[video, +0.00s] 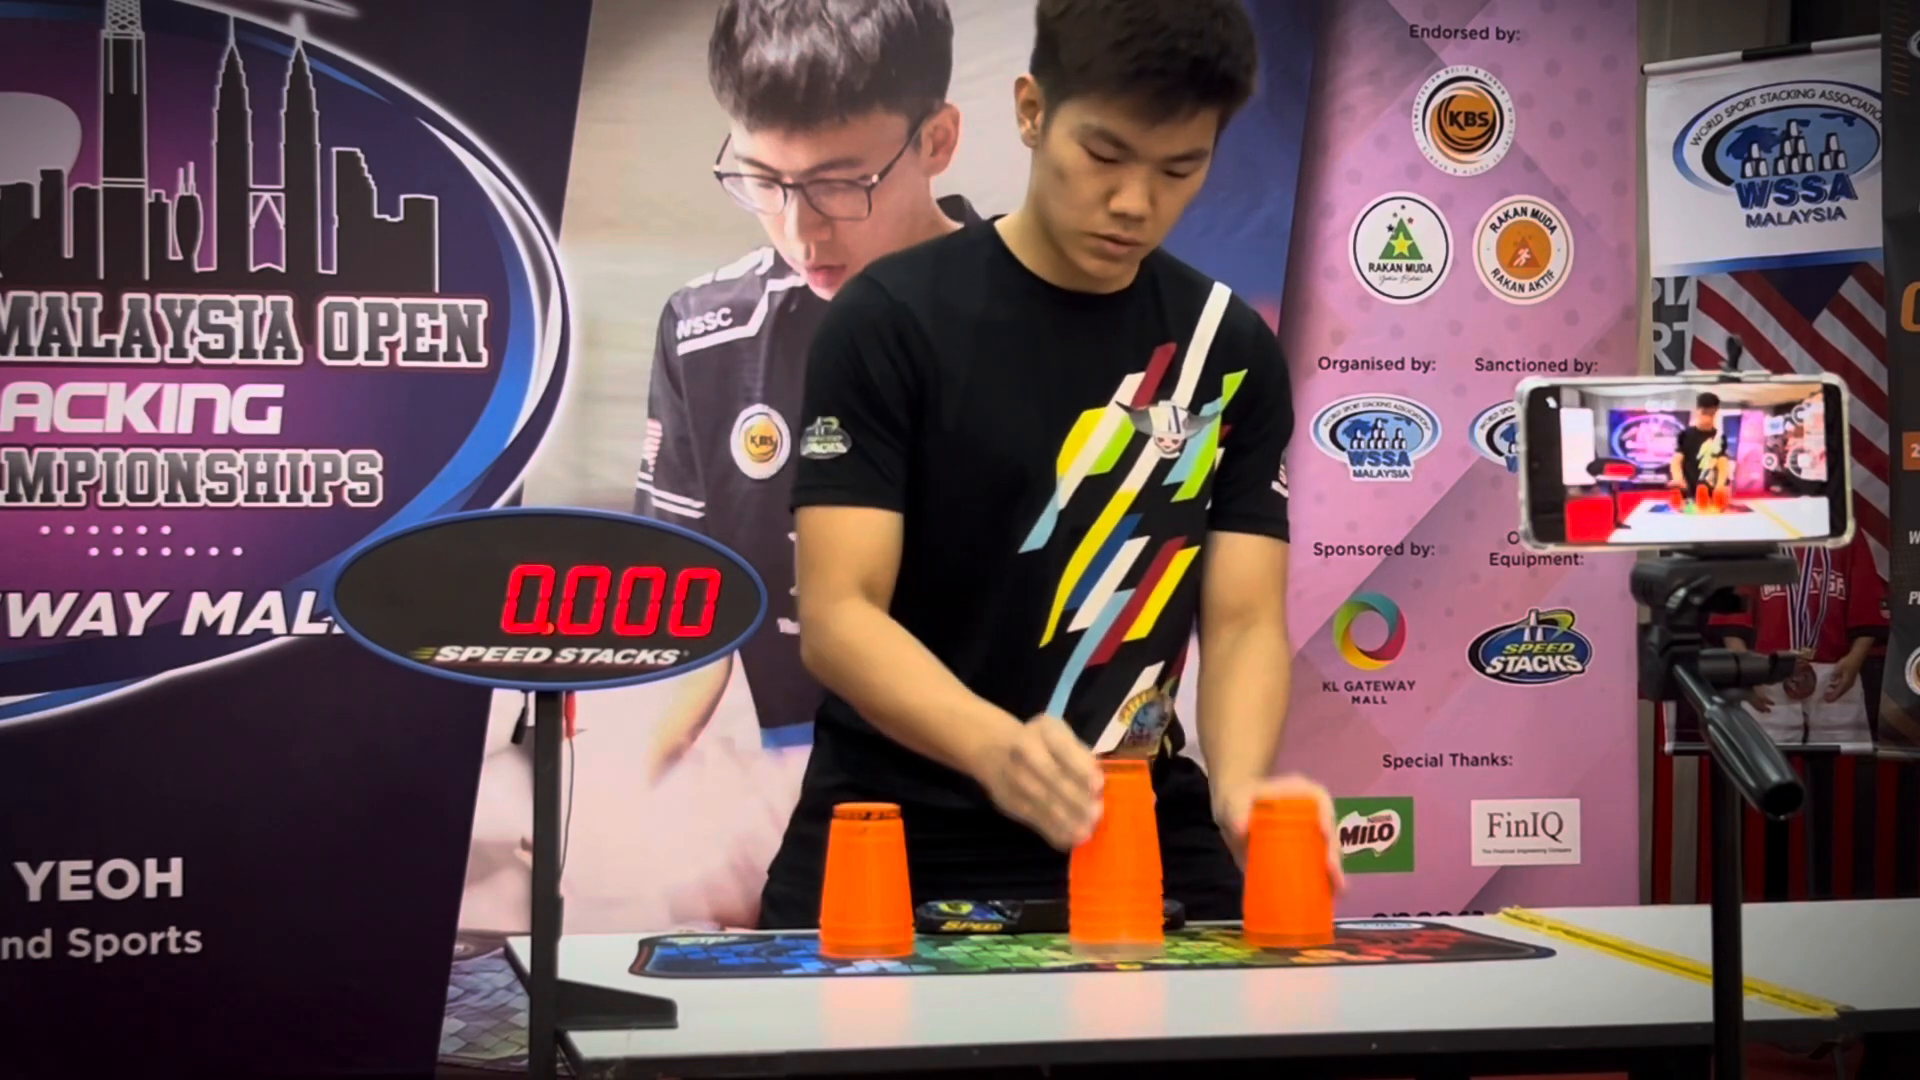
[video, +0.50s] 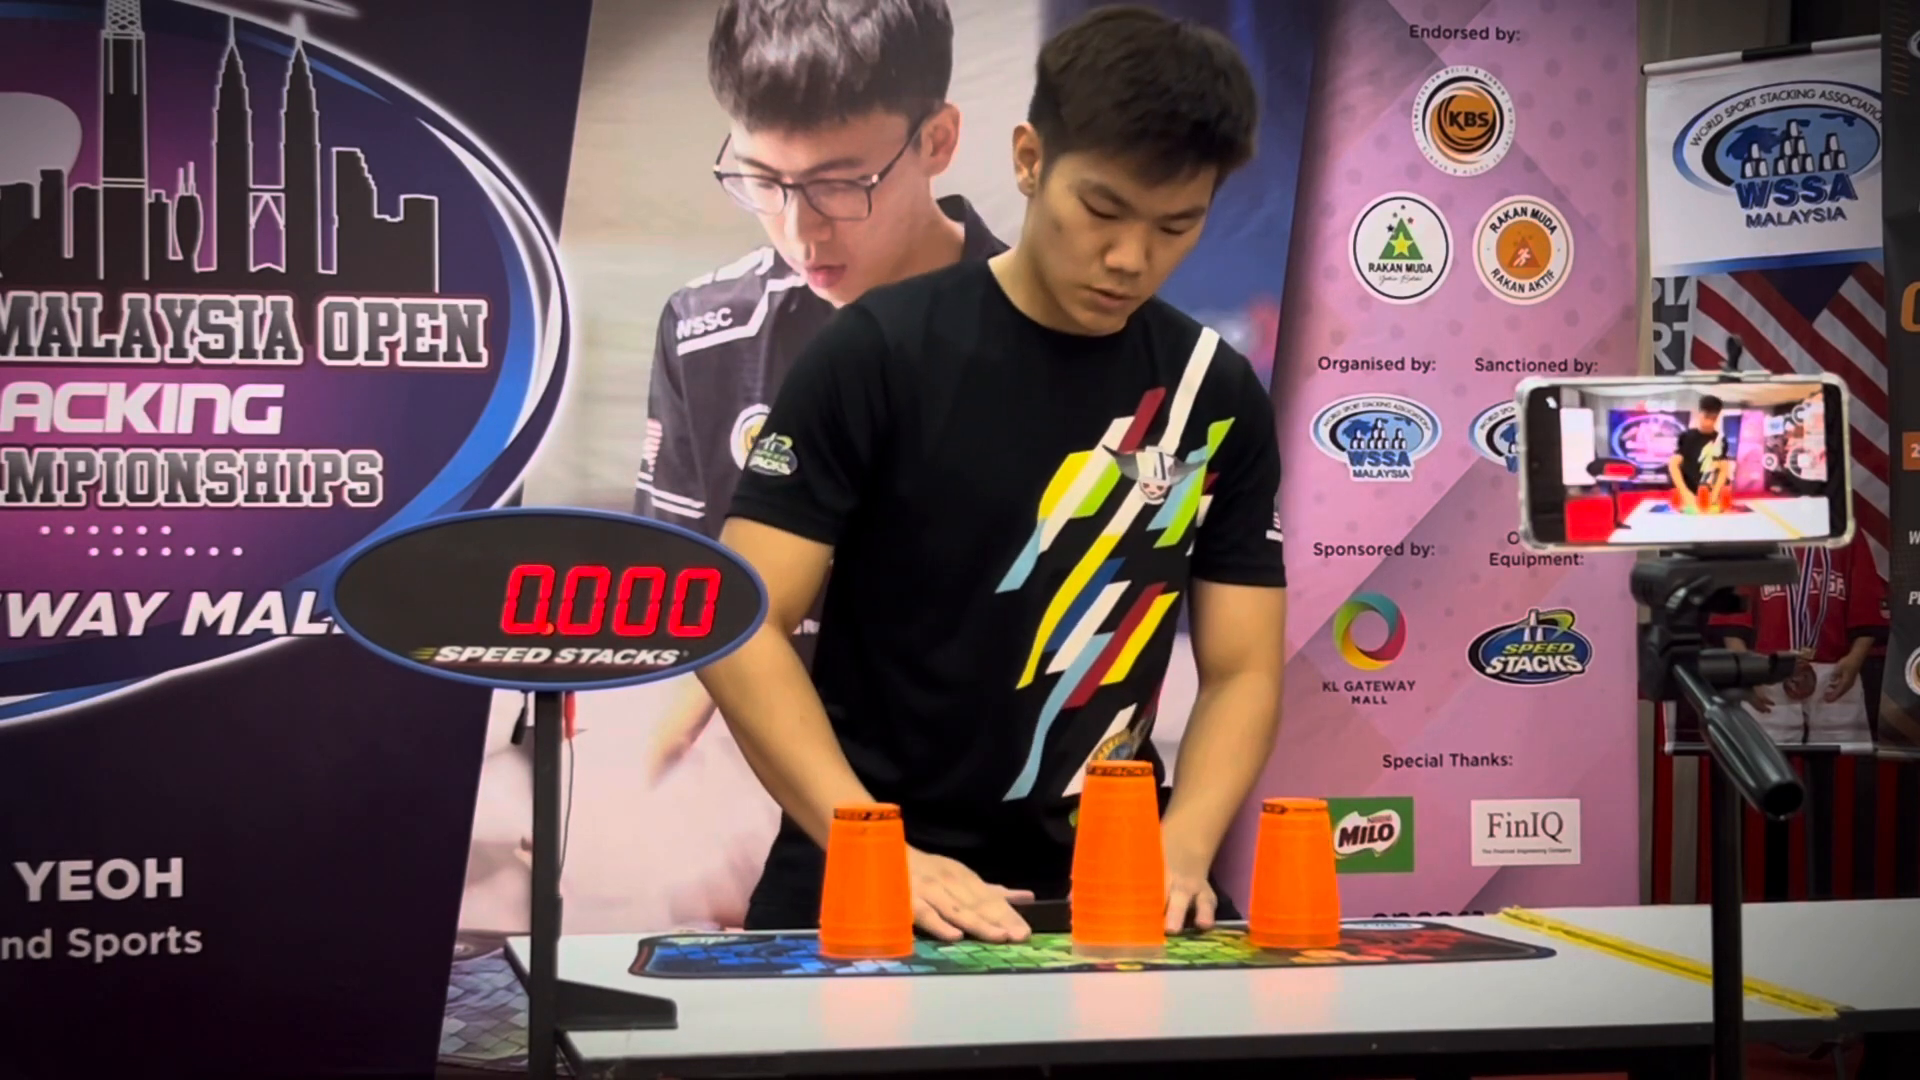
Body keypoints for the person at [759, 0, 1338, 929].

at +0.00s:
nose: (1133, 204)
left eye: (1176, 168)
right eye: (1103, 153)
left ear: (1212, 154)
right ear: (1030, 113)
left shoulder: (1233, 351)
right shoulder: (890, 319)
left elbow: (1244, 619)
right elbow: (836, 618)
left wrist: (1241, 781)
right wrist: (993, 748)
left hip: (1141, 858)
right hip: (892, 856)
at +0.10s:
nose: (1136, 206)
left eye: (1181, 172)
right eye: (1107, 154)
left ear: (1215, 159)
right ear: (1034, 113)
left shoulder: (1236, 353)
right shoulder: (890, 313)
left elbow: (1244, 622)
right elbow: (789, 599)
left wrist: (1218, 763)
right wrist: (937, 772)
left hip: (1135, 883)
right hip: (882, 880)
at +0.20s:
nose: (1137, 221)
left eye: (1181, 186)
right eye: (1108, 169)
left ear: (1216, 171)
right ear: (1035, 124)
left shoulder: (1230, 369)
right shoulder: (883, 324)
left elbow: (1239, 642)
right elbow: (757, 601)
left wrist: (1177, 837)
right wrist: (887, 824)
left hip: (1102, 903)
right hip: (873, 892)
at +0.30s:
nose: (1134, 240)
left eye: (1179, 206)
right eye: (1104, 189)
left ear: (1214, 185)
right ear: (1031, 142)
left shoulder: (1224, 384)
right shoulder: (879, 340)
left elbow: (1246, 663)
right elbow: (744, 611)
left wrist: (1184, 847)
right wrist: (870, 840)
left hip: (1103, 911)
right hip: (871, 898)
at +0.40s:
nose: (1130, 254)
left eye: (1176, 220)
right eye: (1103, 203)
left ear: (1211, 196)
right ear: (1029, 157)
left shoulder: (1219, 395)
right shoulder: (879, 350)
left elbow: (1246, 668)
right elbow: (740, 617)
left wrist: (1183, 848)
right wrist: (870, 847)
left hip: (1091, 915)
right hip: (860, 901)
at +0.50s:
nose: (1130, 259)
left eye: (1175, 225)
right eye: (1102, 208)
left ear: (1210, 202)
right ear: (1028, 163)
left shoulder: (1217, 400)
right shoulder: (878, 353)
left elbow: (1242, 673)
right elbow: (737, 620)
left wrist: (1180, 852)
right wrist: (872, 849)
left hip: (1090, 920)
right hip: (857, 905)